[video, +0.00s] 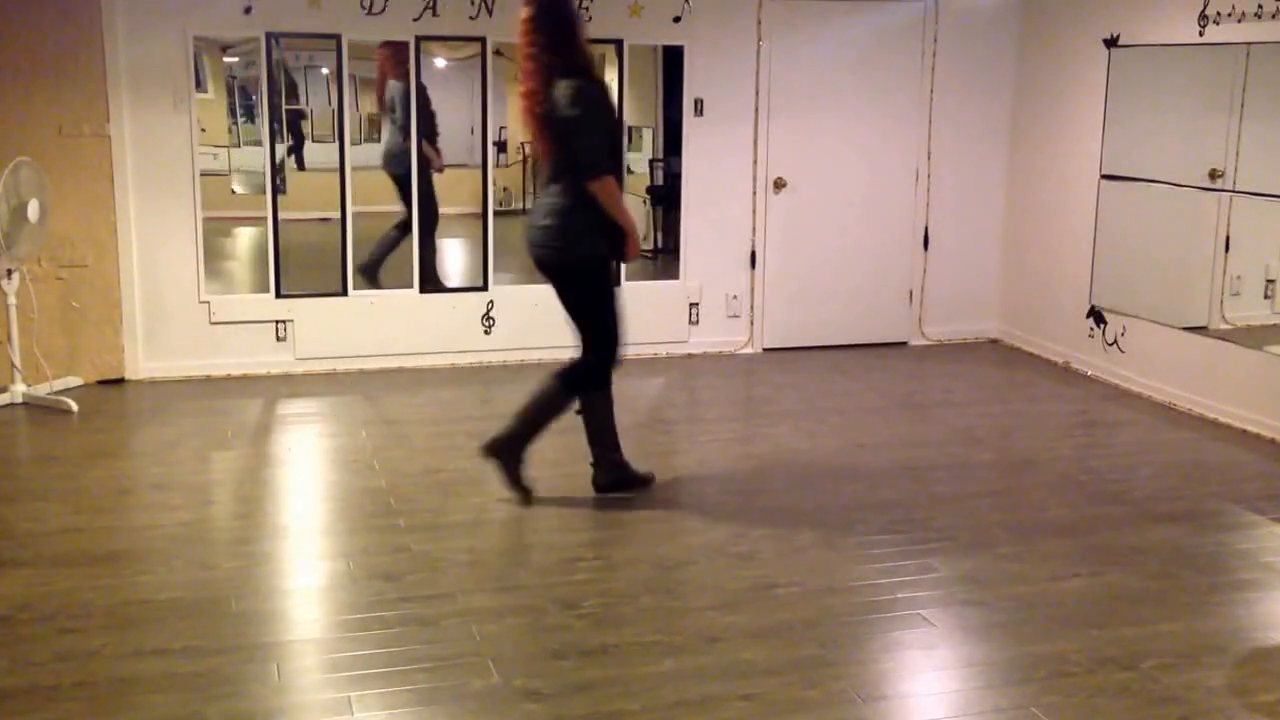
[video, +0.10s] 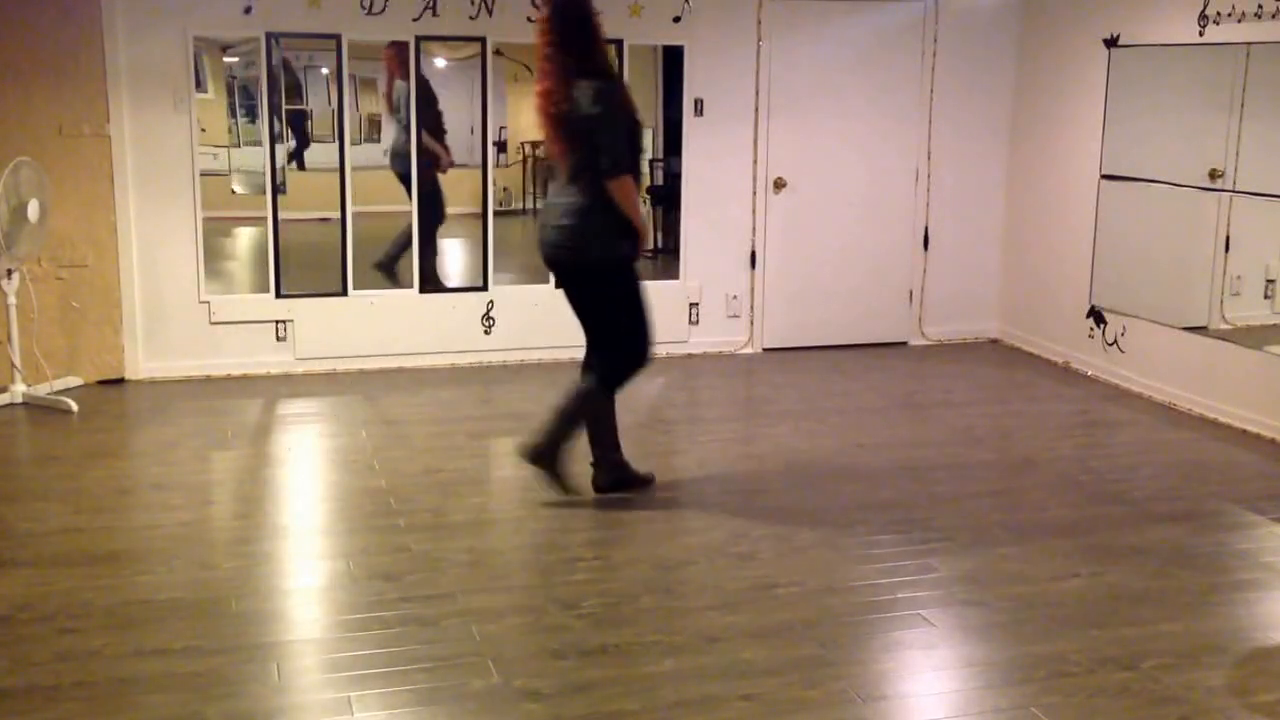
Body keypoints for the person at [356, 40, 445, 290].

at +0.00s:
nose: (381, 62)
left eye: (385, 57)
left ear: (392, 59)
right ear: (403, 58)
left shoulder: (393, 86)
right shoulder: (403, 88)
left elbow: (411, 126)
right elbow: (410, 128)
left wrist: (433, 149)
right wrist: (433, 155)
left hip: (396, 157)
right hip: (408, 159)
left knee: (415, 215)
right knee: (427, 216)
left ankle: (371, 265)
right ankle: (428, 279)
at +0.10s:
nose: (386, 64)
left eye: (390, 58)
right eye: (386, 59)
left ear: (401, 59)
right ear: (405, 58)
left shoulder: (406, 84)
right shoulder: (404, 86)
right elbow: (413, 128)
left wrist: (441, 150)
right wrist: (441, 152)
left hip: (412, 158)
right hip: (410, 159)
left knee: (431, 214)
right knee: (431, 214)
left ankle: (388, 260)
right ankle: (428, 278)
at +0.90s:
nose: (449, 57)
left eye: (454, 52)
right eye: (444, 51)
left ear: (460, 55)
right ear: (434, 54)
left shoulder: (469, 83)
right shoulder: (424, 81)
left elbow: (481, 121)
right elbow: (419, 119)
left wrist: (472, 98)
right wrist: (432, 95)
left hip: (466, 157)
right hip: (435, 156)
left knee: (462, 216)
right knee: (443, 213)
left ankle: (458, 273)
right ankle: (439, 275)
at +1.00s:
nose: (450, 57)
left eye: (454, 52)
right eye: (445, 52)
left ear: (459, 56)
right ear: (434, 54)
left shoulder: (469, 83)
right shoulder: (425, 81)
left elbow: (480, 119)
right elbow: (419, 119)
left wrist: (468, 96)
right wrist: (431, 95)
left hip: (466, 156)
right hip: (435, 156)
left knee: (462, 216)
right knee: (440, 212)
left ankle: (458, 272)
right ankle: (429, 270)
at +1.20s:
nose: (444, 57)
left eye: (447, 52)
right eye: (438, 52)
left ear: (452, 56)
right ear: (429, 56)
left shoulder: (465, 86)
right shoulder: (419, 84)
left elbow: (478, 122)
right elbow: (411, 123)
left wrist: (460, 102)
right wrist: (432, 113)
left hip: (463, 158)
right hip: (432, 158)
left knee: (461, 218)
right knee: (424, 215)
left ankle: (459, 275)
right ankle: (404, 270)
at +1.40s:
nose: (435, 55)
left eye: (437, 50)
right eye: (429, 51)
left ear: (442, 54)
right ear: (420, 55)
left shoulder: (458, 85)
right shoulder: (412, 85)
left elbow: (472, 124)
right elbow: (403, 126)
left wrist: (454, 119)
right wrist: (422, 135)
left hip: (455, 155)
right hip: (425, 157)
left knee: (457, 214)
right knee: (415, 213)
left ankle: (458, 273)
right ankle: (399, 271)